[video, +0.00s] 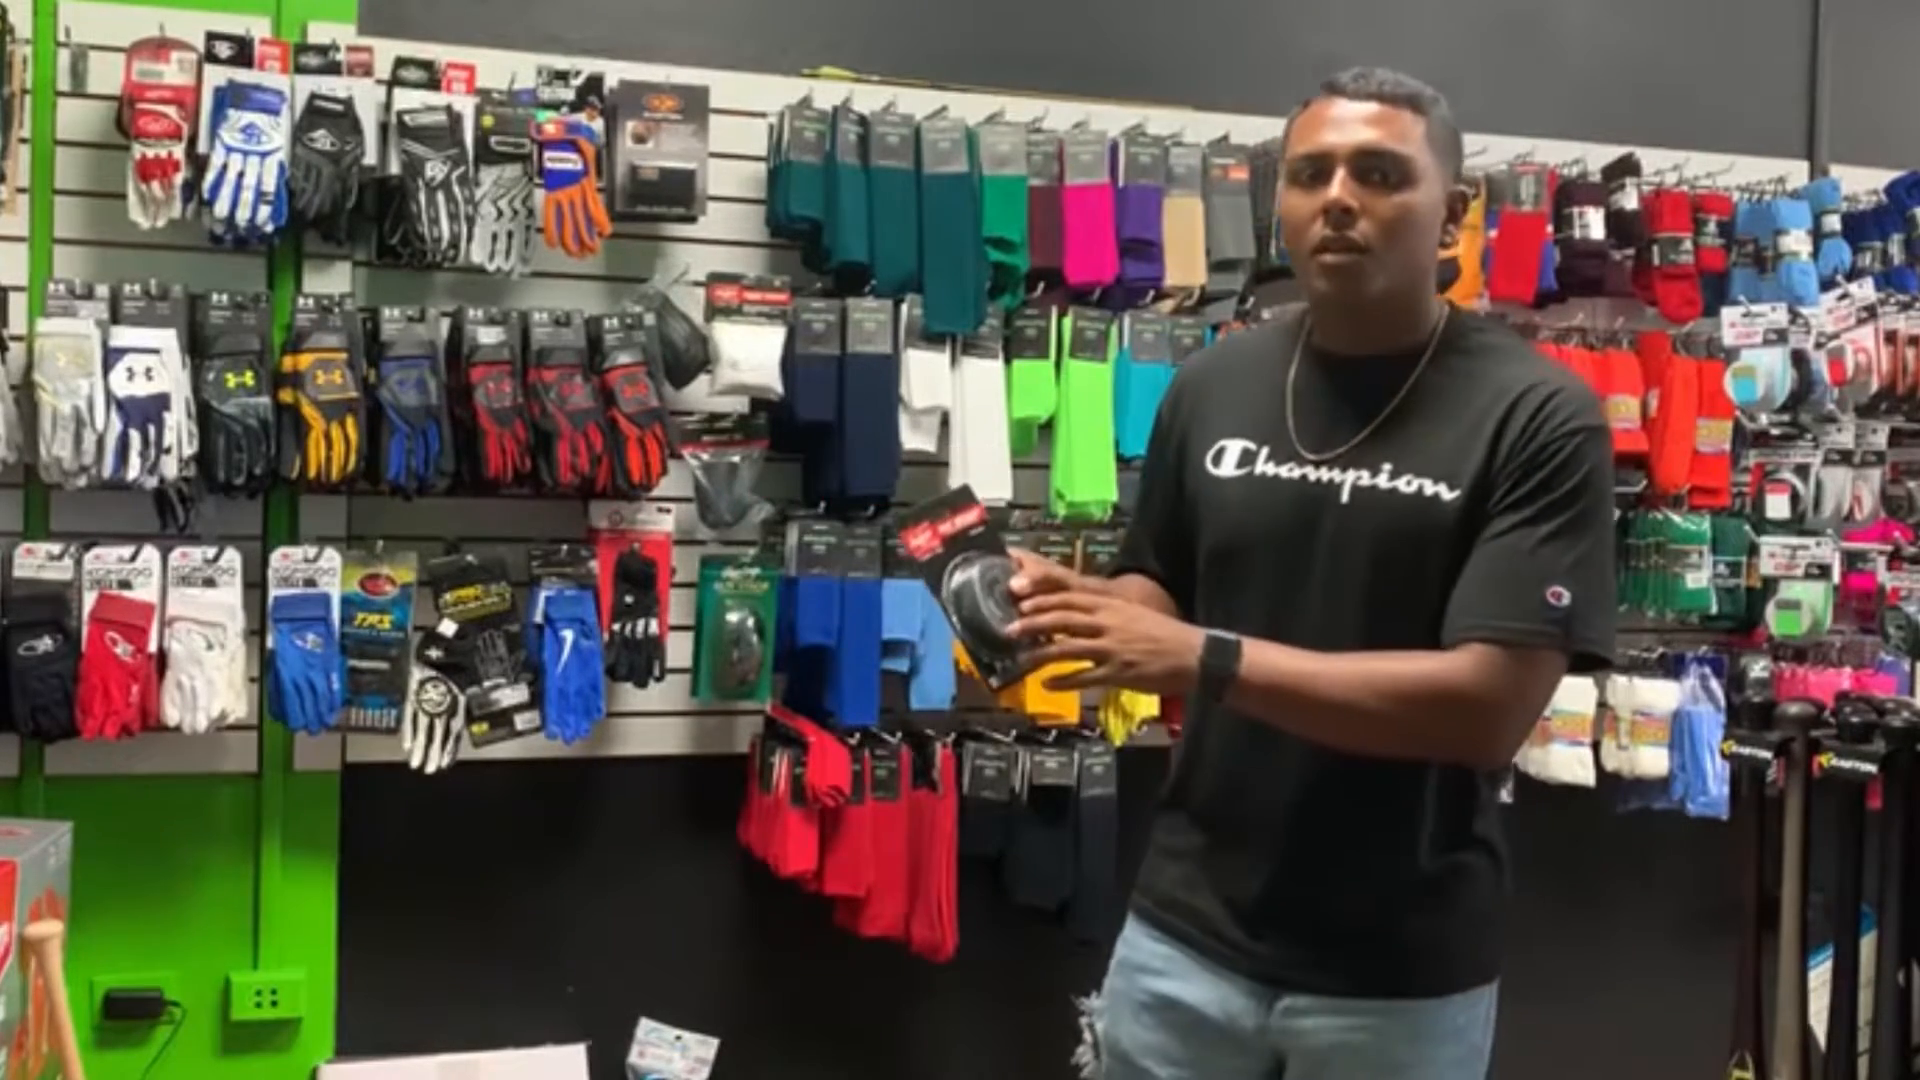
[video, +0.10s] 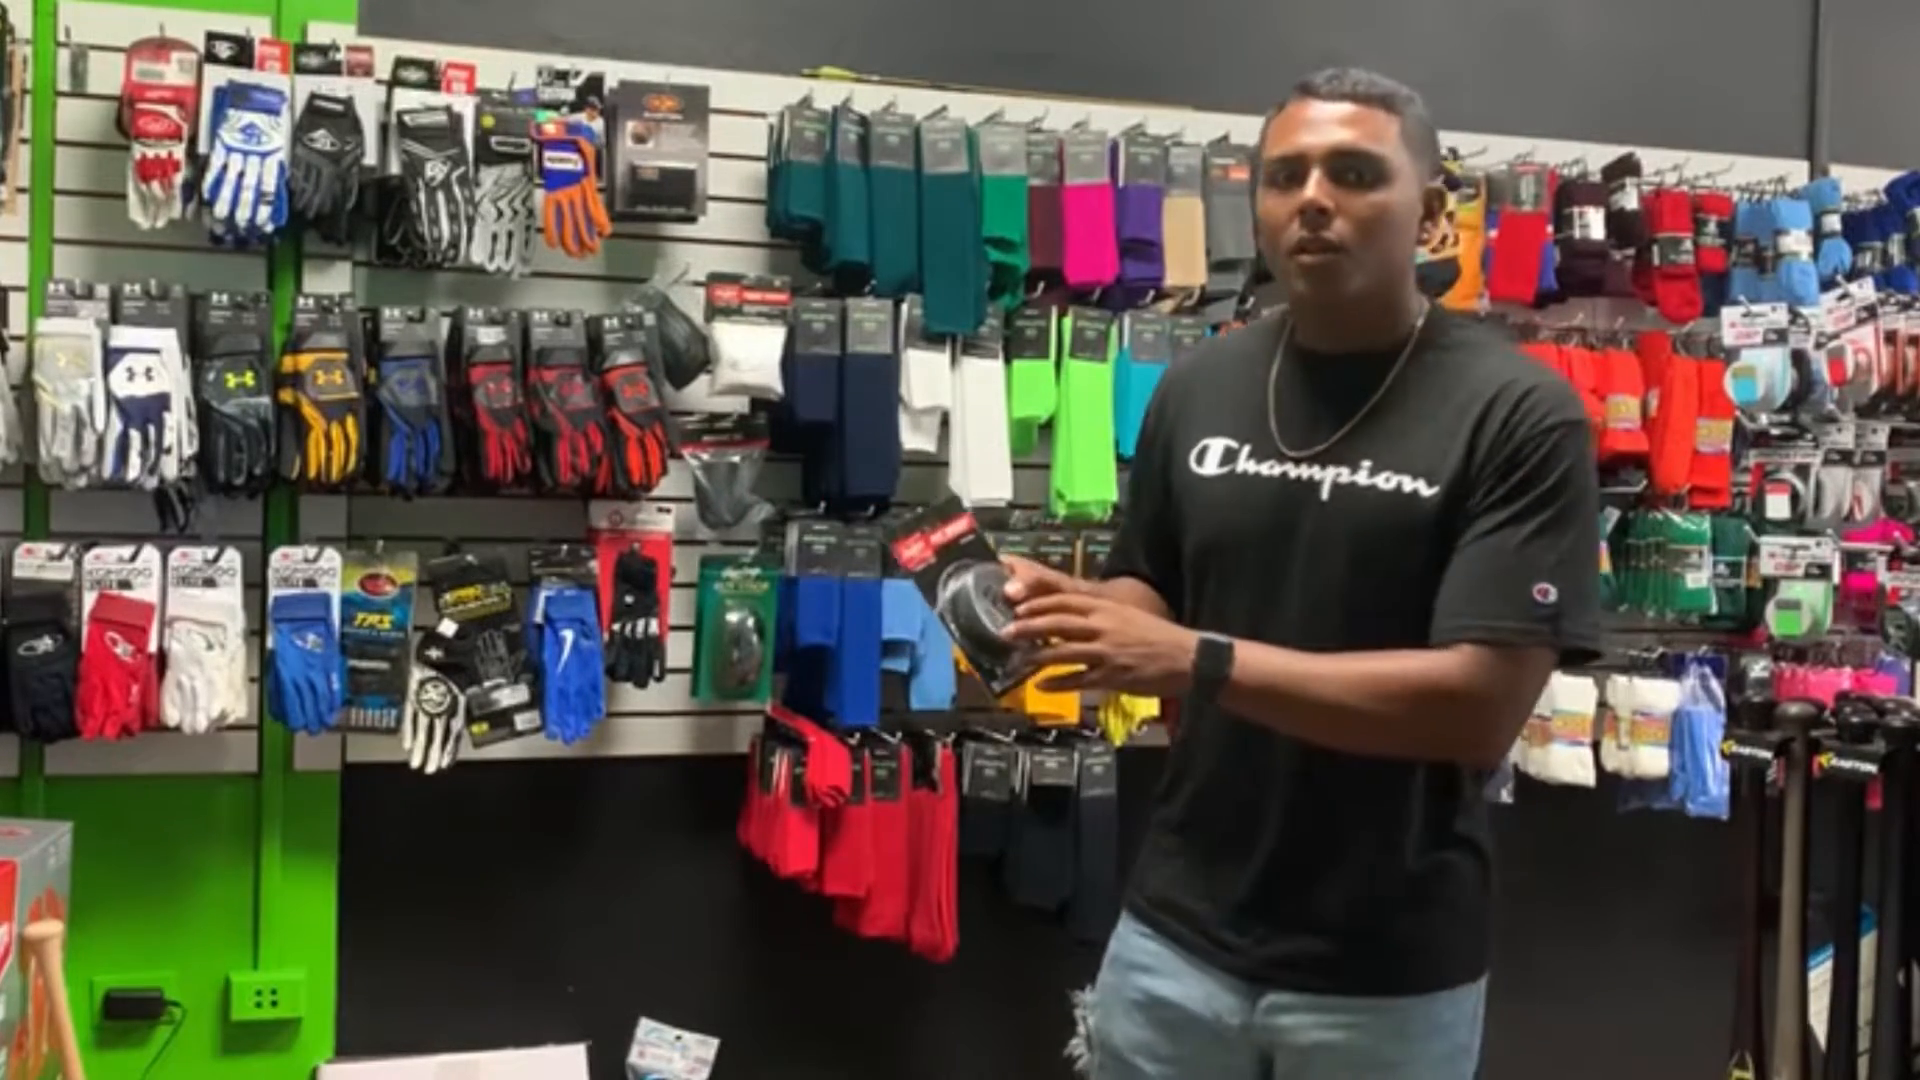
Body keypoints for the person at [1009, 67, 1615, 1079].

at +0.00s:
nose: (1337, 199)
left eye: (1380, 172)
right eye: (1310, 173)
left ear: (1451, 213)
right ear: (1277, 206)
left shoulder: (1539, 416)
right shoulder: (1211, 386)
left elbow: (1490, 710)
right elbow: (1156, 599)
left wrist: (1197, 655)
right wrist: (1074, 609)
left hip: (1404, 972)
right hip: (1188, 939)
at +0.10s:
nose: (1312, 200)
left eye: (1355, 172)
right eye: (1284, 174)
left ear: (1429, 209)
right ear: (1255, 209)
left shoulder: (1519, 413)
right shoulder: (1198, 386)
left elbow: (1480, 709)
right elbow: (1143, 605)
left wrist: (1190, 657)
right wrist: (1070, 614)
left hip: (1390, 963)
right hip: (1181, 934)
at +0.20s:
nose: (1286, 200)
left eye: (1327, 172)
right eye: (1258, 174)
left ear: (1399, 203)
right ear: (1233, 205)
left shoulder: (1490, 408)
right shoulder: (1176, 390)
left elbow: (1460, 704)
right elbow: (1132, 605)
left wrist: (1174, 656)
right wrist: (1056, 619)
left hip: (1370, 963)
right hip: (1164, 932)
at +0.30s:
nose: (1250, 202)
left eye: (1291, 175)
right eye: (1225, 178)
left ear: (1366, 209)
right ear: (1204, 208)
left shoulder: (1453, 400)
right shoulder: (1158, 381)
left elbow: (1431, 694)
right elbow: (1112, 604)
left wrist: (1150, 648)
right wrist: (1033, 624)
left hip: (1341, 954)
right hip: (1146, 924)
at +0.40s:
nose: (1209, 207)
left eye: (1248, 180)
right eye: (1185, 184)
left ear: (1324, 209)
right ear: (1165, 217)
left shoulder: (1405, 402)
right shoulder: (1123, 393)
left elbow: (1387, 691)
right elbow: (1084, 611)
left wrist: (1112, 641)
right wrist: (1006, 619)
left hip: (1304, 946)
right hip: (1118, 918)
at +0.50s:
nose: (1160, 209)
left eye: (1198, 184)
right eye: (1138, 188)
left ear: (1273, 214)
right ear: (1117, 219)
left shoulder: (1352, 405)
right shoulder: (1084, 398)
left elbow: (1342, 683)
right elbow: (1052, 615)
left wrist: (1070, 635)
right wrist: (977, 615)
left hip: (1258, 945)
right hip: (1076, 917)